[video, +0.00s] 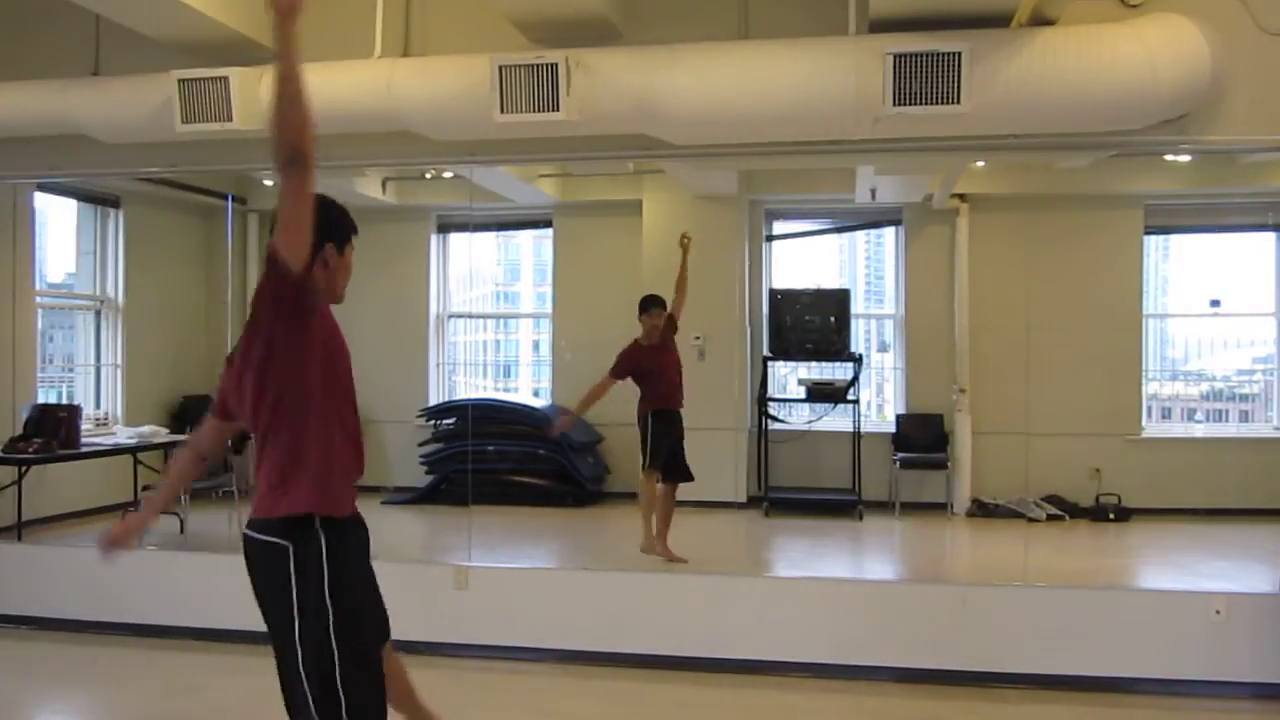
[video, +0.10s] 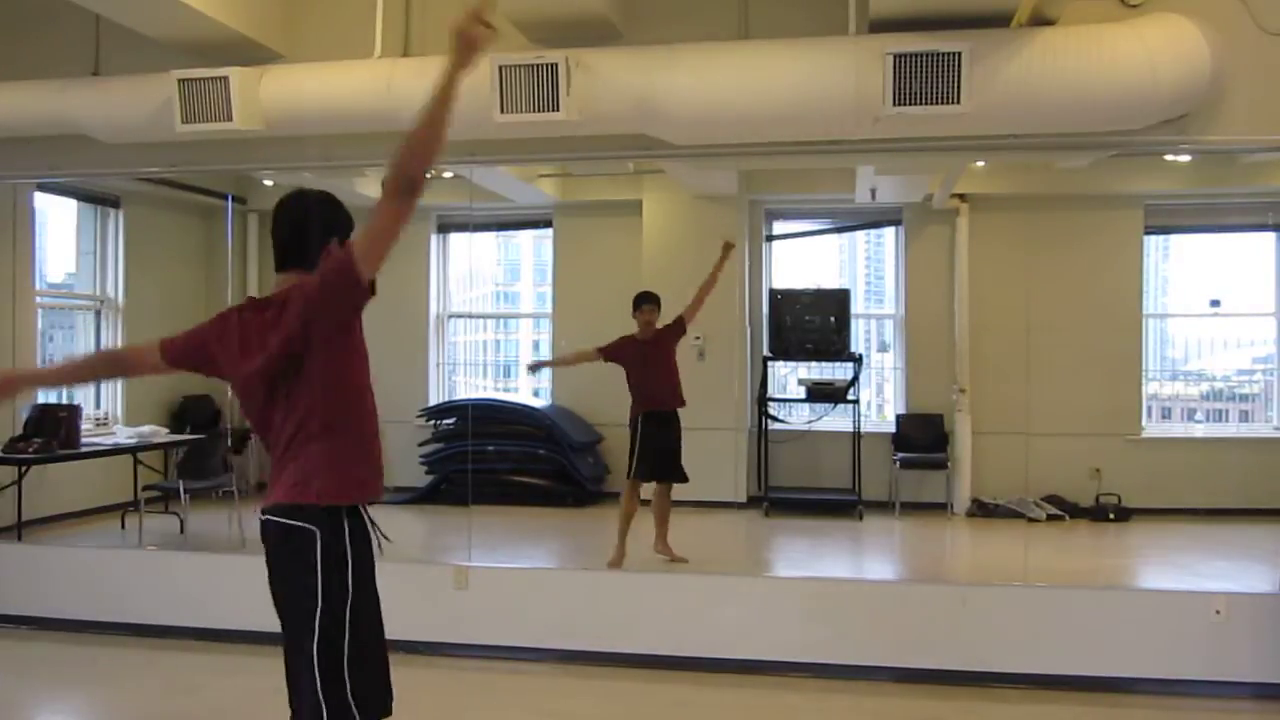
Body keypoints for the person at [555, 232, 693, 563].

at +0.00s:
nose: (659, 324)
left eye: (662, 319)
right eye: (653, 319)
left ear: (666, 319)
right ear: (641, 319)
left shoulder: (667, 336)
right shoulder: (632, 354)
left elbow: (679, 295)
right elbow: (603, 386)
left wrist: (685, 255)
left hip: (673, 414)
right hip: (652, 414)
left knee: (671, 479)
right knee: (651, 474)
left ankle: (662, 541)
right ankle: (648, 538)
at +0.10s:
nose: (649, 316)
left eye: (653, 311)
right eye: (644, 312)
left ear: (658, 314)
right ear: (635, 315)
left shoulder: (668, 337)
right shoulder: (625, 345)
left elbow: (698, 301)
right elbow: (586, 355)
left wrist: (722, 260)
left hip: (668, 418)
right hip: (643, 419)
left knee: (665, 484)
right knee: (634, 483)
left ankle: (662, 542)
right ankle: (620, 547)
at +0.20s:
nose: (639, 317)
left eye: (644, 312)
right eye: (634, 312)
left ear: (652, 315)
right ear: (627, 316)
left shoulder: (665, 343)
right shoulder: (615, 345)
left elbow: (705, 327)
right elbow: (581, 329)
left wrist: (747, 305)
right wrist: (556, 312)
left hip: (659, 422)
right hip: (629, 423)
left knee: (662, 484)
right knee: (620, 489)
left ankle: (664, 539)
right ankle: (609, 550)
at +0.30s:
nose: (632, 319)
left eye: (639, 314)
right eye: (628, 314)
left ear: (648, 319)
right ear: (622, 318)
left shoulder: (660, 350)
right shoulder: (610, 344)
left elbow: (698, 359)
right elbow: (586, 310)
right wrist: (583, 272)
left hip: (650, 427)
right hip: (617, 427)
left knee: (663, 491)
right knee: (613, 494)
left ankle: (671, 541)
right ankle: (613, 554)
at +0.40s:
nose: (633, 324)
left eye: (639, 321)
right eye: (630, 320)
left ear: (648, 326)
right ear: (622, 323)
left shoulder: (655, 359)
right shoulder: (612, 346)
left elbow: (677, 398)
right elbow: (594, 306)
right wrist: (611, 272)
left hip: (648, 431)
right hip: (618, 430)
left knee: (653, 498)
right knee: (614, 498)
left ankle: (668, 553)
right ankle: (614, 556)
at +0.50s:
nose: (635, 336)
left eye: (641, 331)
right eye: (631, 331)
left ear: (651, 336)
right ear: (625, 334)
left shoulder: (656, 373)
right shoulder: (617, 358)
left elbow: (650, 422)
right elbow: (601, 318)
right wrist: (624, 303)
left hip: (646, 437)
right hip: (618, 436)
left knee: (642, 501)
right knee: (614, 502)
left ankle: (666, 554)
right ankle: (615, 558)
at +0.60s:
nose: (640, 346)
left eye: (647, 341)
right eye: (636, 341)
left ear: (656, 346)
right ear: (631, 344)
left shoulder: (660, 384)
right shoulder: (623, 367)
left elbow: (634, 424)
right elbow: (599, 352)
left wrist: (595, 431)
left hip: (650, 448)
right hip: (622, 444)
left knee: (638, 511)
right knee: (614, 508)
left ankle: (663, 556)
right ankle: (615, 559)